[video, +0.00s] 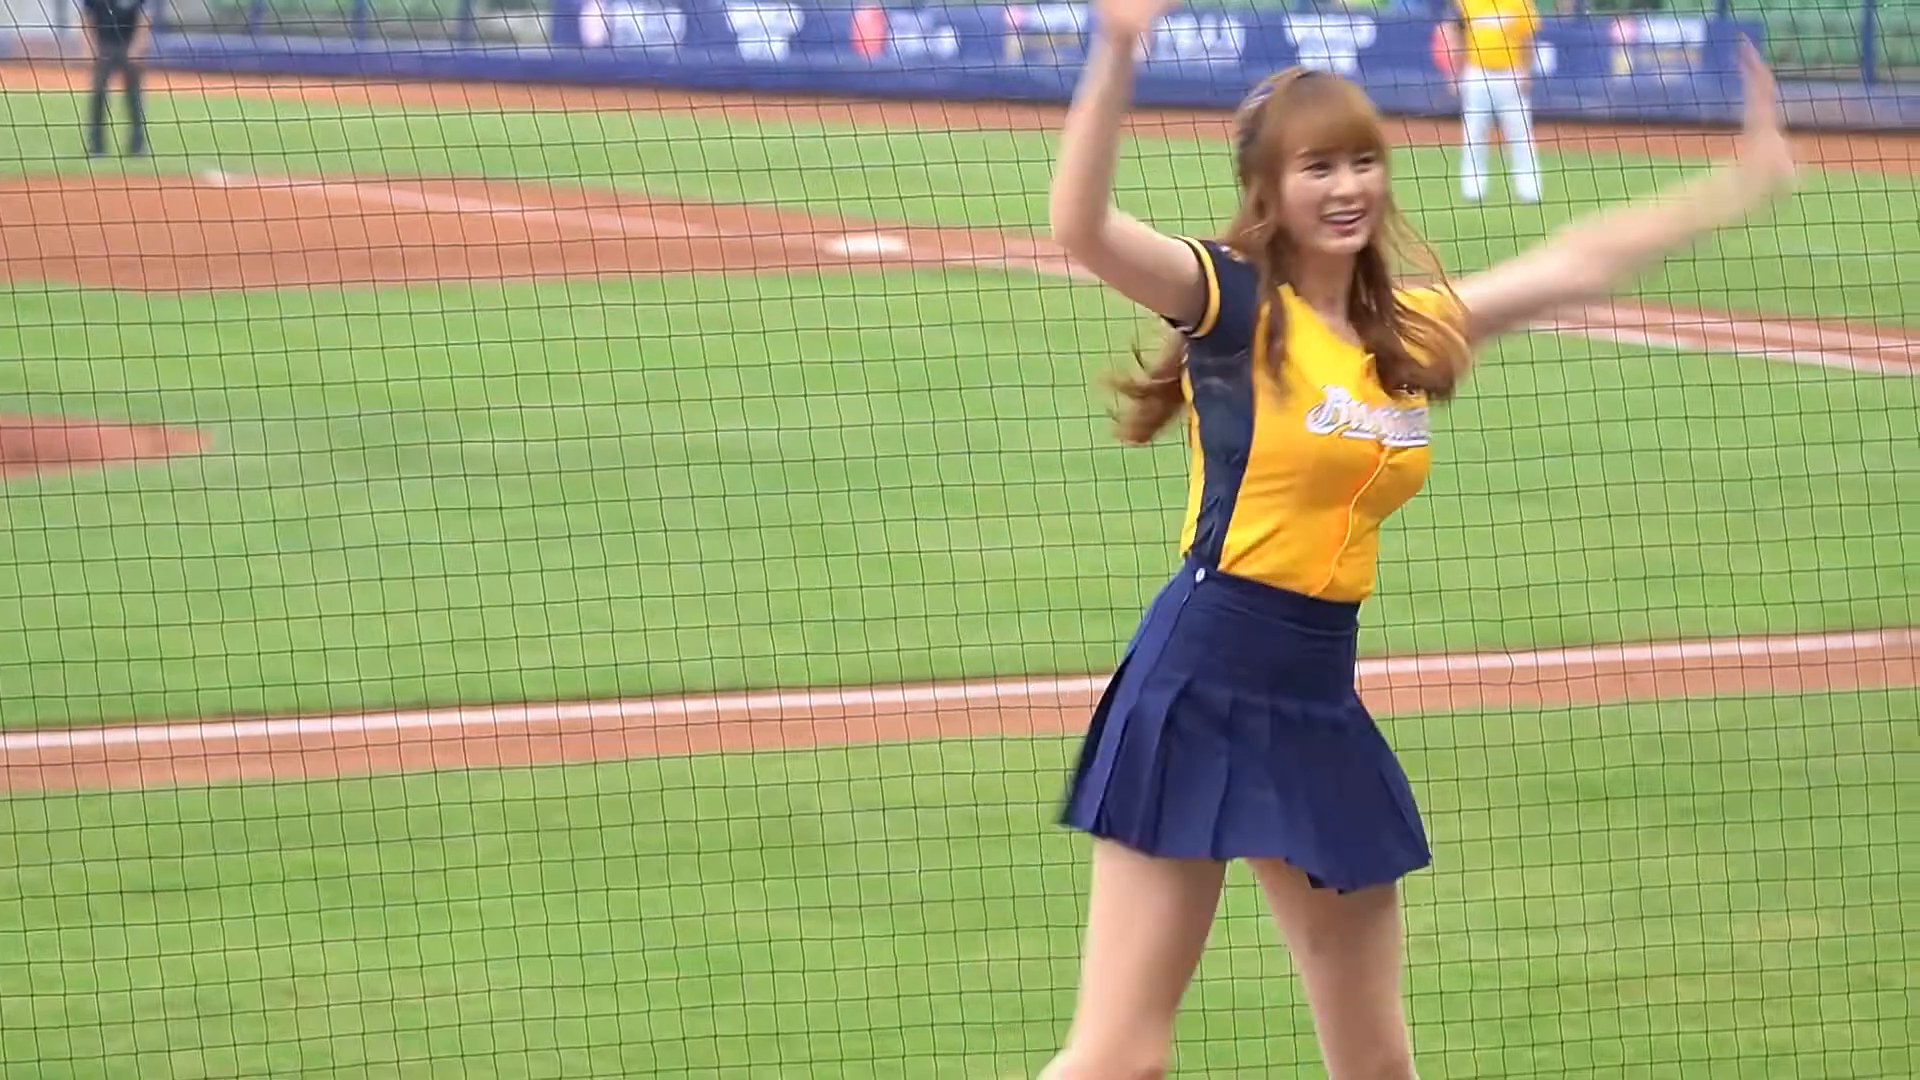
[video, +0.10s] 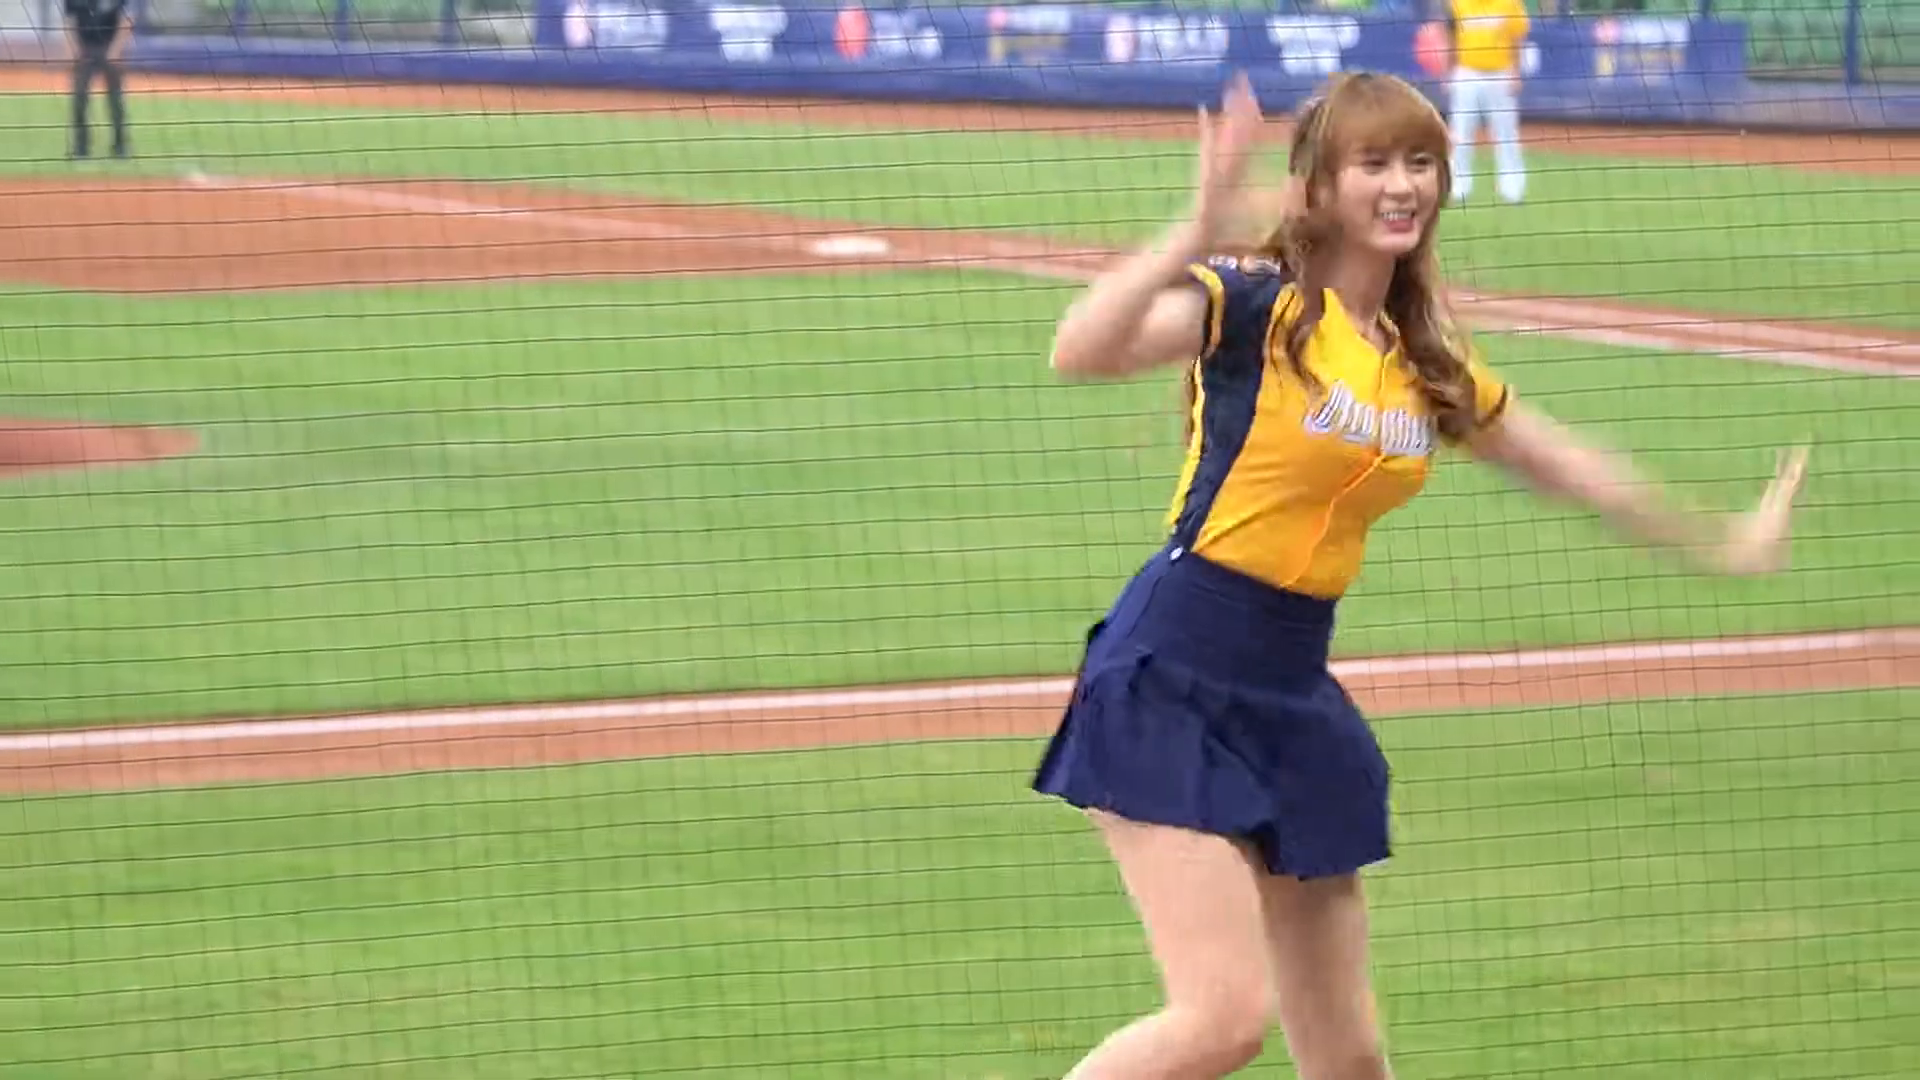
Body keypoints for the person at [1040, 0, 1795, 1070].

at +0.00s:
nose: (1348, 184)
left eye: (1363, 159)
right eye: (1318, 164)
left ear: (1386, 173)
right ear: (1266, 188)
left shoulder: (1417, 327)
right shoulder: (1232, 301)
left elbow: (1582, 259)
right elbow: (1083, 227)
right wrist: (1115, 46)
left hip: (1318, 694)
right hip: (1198, 674)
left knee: (1373, 1057)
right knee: (1115, 1053)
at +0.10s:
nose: (1404, 183)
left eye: (1422, 163)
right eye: (1376, 162)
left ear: (1441, 186)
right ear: (1318, 184)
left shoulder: (1422, 359)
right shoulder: (1249, 298)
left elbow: (1573, 466)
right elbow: (1079, 352)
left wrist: (1721, 546)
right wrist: (1191, 234)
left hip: (1291, 695)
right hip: (1163, 676)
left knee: (1346, 1052)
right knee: (1222, 1017)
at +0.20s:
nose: (1430, 241)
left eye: (1446, 219)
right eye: (1401, 219)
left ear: (1467, 240)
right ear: (1345, 239)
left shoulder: (1432, 457)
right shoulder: (1267, 372)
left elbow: (1506, 651)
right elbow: (1075, 458)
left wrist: (1587, 790)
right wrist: (1219, 368)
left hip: (1277, 745)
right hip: (1149, 723)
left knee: (1382, 1058)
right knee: (1294, 980)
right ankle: (1027, 1014)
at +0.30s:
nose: (1416, 247)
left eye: (1430, 223)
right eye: (1388, 224)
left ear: (1448, 243)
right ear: (1331, 244)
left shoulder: (1425, 445)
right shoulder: (1239, 361)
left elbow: (1502, 656)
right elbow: (1035, 408)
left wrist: (1579, 825)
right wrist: (1168, 305)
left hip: (1278, 748)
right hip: (1142, 732)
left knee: (1382, 1063)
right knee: (1272, 983)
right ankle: (1003, 1052)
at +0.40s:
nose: (1369, 196)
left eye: (1390, 178)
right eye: (1345, 170)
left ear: (1407, 202)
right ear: (1284, 182)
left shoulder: (1394, 374)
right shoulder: (1176, 301)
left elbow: (1548, 509)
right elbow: (970, 275)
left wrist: (1705, 628)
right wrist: (1064, 151)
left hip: (1277, 691)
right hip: (1142, 677)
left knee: (1327, 1057)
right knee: (1151, 1035)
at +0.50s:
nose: (1301, 201)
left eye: (1320, 181)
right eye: (1277, 174)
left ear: (1333, 203)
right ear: (1207, 182)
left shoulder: (1346, 333)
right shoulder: (1101, 299)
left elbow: (1545, 346)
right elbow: (924, 190)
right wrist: (933, 36)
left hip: (1258, 697)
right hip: (1106, 689)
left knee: (1307, 1054)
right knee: (1043, 1050)